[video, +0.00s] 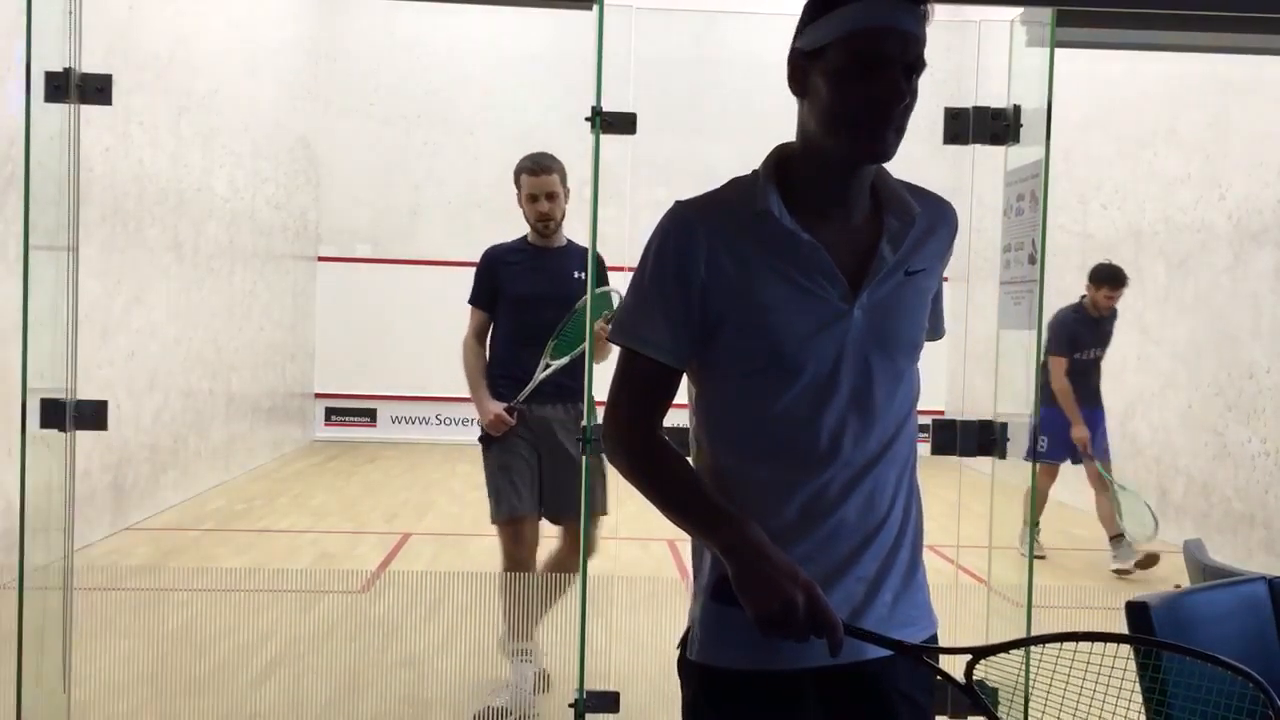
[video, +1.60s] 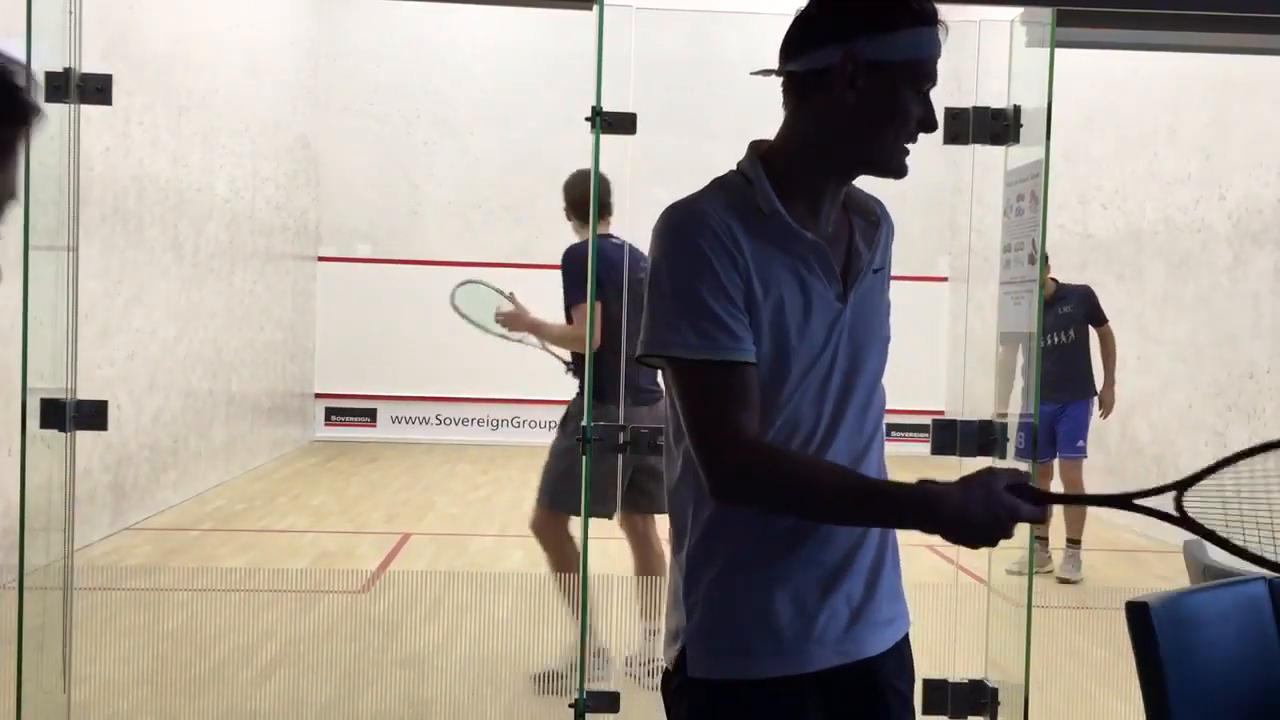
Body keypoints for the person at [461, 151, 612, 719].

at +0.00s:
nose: (544, 207)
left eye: (552, 196)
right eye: (534, 198)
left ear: (567, 197)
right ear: (519, 199)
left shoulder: (588, 264)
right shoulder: (497, 261)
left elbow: (601, 353)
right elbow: (474, 340)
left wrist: (602, 329)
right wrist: (483, 402)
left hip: (570, 417)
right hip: (511, 417)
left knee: (581, 538)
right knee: (518, 543)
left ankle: (522, 627)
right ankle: (523, 666)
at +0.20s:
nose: (558, 201)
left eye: (566, 190)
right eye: (547, 193)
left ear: (583, 189)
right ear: (535, 197)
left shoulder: (615, 260)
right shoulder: (518, 258)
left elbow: (631, 339)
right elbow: (490, 336)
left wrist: (627, 406)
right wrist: (500, 395)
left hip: (600, 422)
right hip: (530, 421)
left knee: (627, 542)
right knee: (525, 549)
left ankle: (600, 636)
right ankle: (523, 679)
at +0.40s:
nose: (571, 204)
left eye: (580, 192)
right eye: (564, 195)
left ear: (609, 187)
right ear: (558, 196)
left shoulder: (647, 259)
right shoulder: (558, 259)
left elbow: (670, 343)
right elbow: (538, 331)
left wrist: (653, 406)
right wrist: (515, 384)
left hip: (621, 424)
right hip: (554, 419)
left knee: (636, 551)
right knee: (538, 547)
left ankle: (673, 676)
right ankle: (524, 681)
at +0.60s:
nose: (583, 211)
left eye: (589, 197)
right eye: (577, 201)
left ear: (623, 189)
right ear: (585, 201)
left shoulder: (665, 258)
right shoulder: (604, 269)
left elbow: (688, 342)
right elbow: (602, 349)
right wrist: (555, 387)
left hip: (650, 420)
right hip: (591, 416)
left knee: (661, 543)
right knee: (559, 534)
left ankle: (677, 679)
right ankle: (531, 682)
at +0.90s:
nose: (600, 210)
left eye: (602, 198)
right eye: (600, 198)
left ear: (620, 193)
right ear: (640, 190)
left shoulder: (656, 250)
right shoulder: (641, 249)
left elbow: (654, 333)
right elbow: (640, 335)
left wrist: (586, 318)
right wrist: (609, 390)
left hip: (659, 415)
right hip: (624, 409)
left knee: (660, 536)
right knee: (601, 518)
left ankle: (684, 670)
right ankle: (592, 657)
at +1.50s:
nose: (581, 209)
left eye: (581, 200)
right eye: (591, 198)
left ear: (586, 204)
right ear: (627, 203)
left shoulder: (595, 254)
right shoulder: (653, 255)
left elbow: (595, 341)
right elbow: (639, 343)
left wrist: (540, 320)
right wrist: (559, 328)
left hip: (612, 418)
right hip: (660, 417)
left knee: (579, 533)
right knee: (652, 530)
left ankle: (639, 654)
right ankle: (662, 655)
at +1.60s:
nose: (567, 217)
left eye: (565, 209)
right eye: (578, 207)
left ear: (568, 210)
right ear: (612, 207)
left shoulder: (581, 255)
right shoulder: (642, 260)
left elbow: (587, 336)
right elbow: (637, 343)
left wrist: (530, 323)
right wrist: (565, 339)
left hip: (599, 414)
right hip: (654, 412)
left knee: (548, 523)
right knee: (641, 524)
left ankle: (590, 650)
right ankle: (656, 650)